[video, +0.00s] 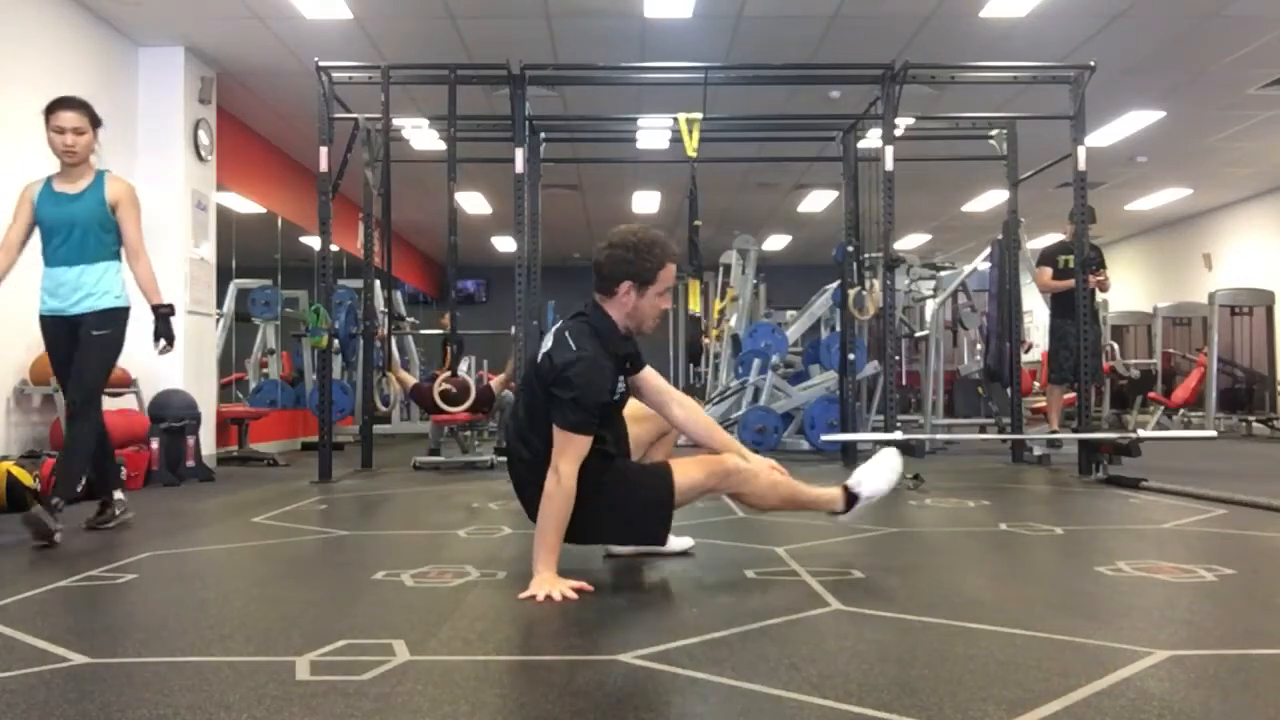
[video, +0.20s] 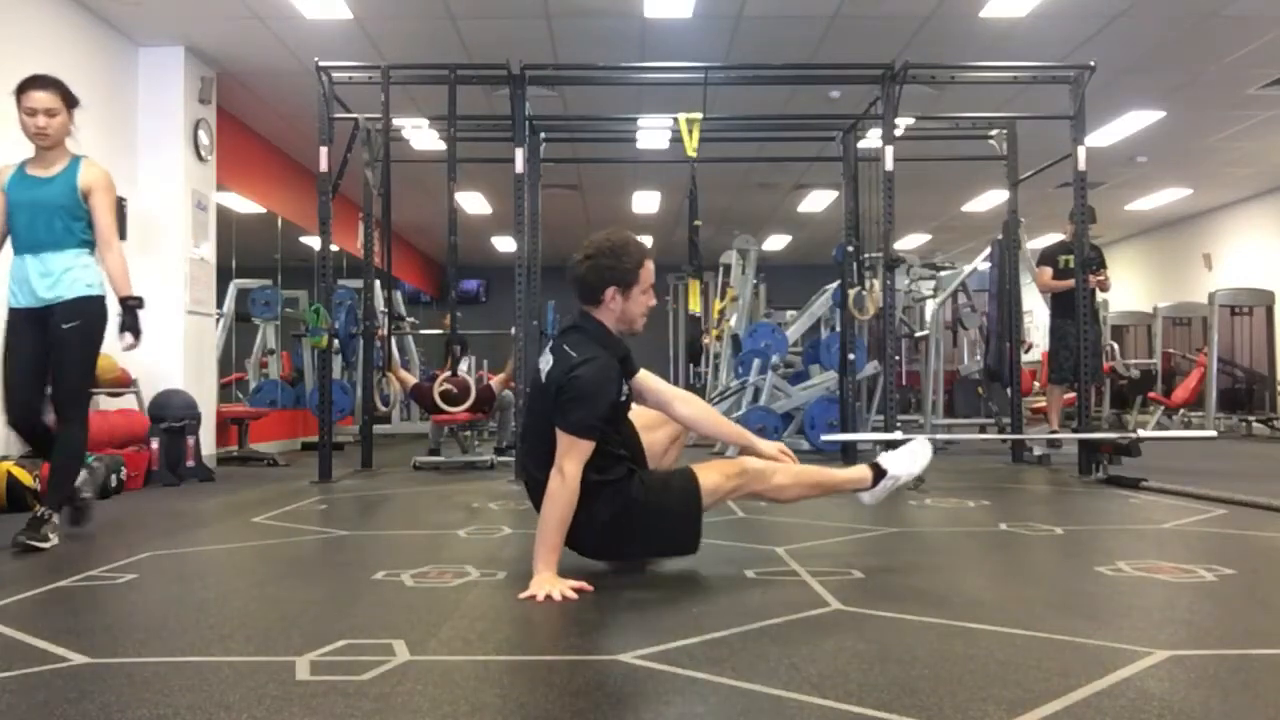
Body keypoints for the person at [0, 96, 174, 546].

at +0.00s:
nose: (69, 140)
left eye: (78, 131)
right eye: (59, 131)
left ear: (94, 136)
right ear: (48, 136)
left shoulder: (117, 189)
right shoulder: (34, 194)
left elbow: (137, 255)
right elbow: (7, 255)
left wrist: (160, 308)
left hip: (105, 308)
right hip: (55, 311)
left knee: (82, 402)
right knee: (80, 405)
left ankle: (54, 505)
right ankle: (111, 496)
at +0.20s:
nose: (40, 122)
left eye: (50, 113)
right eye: (30, 114)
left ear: (69, 117)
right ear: (20, 118)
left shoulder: (91, 175)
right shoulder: (11, 179)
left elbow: (108, 246)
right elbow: (1, 238)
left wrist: (128, 302)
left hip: (79, 300)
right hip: (24, 303)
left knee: (71, 408)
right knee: (20, 410)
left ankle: (48, 512)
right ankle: (76, 473)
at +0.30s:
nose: (20, 114)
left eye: (30, 104)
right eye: (11, 106)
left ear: (55, 107)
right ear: (4, 110)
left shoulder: (78, 164)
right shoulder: (8, 167)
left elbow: (95, 233)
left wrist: (104, 292)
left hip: (66, 298)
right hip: (11, 300)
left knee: (61, 405)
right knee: (1, 401)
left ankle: (47, 510)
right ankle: (38, 478)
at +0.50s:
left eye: (2, 92)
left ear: (26, 95)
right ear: (0, 97)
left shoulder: (54, 152)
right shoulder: (2, 151)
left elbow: (72, 223)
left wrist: (50, 282)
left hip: (44, 293)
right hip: (0, 295)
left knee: (45, 402)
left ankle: (43, 513)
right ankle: (40, 510)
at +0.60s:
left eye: (0, 83)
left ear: (10, 89)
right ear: (5, 89)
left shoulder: (35, 147)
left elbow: (52, 220)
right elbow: (52, 220)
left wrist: (25, 276)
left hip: (27, 293)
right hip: (4, 292)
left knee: (32, 406)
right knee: (29, 407)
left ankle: (40, 513)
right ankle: (39, 510)